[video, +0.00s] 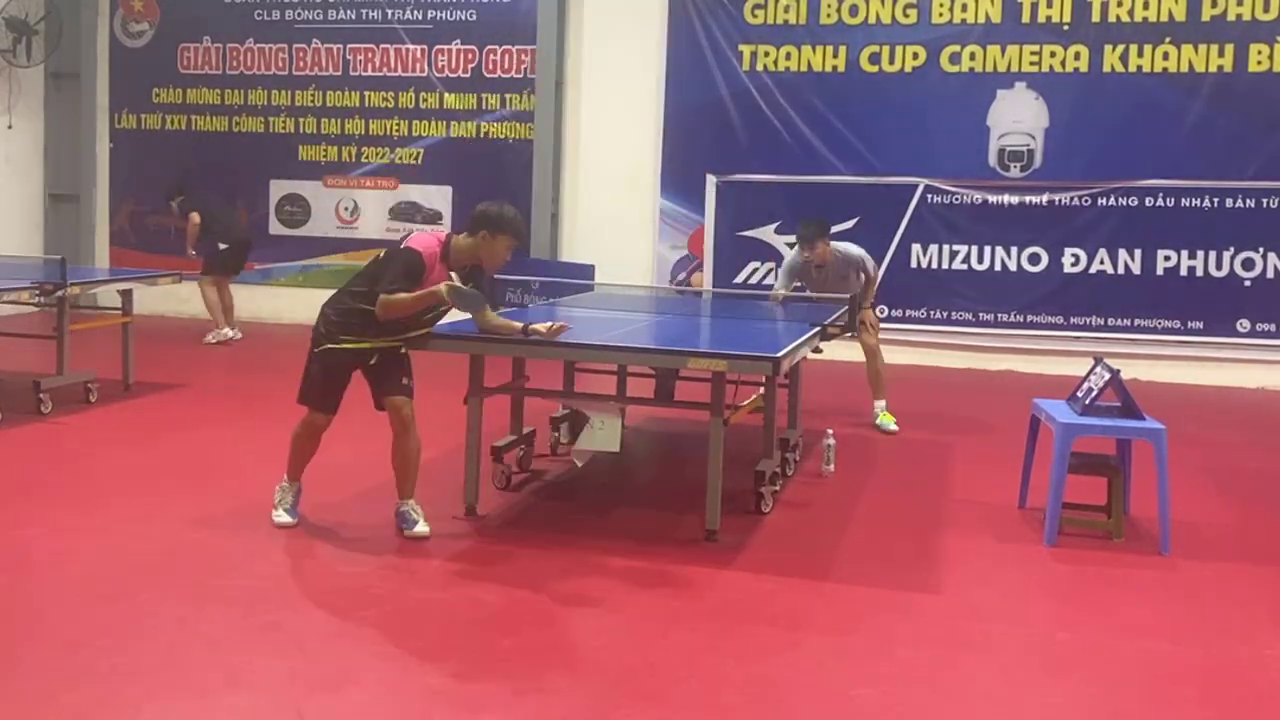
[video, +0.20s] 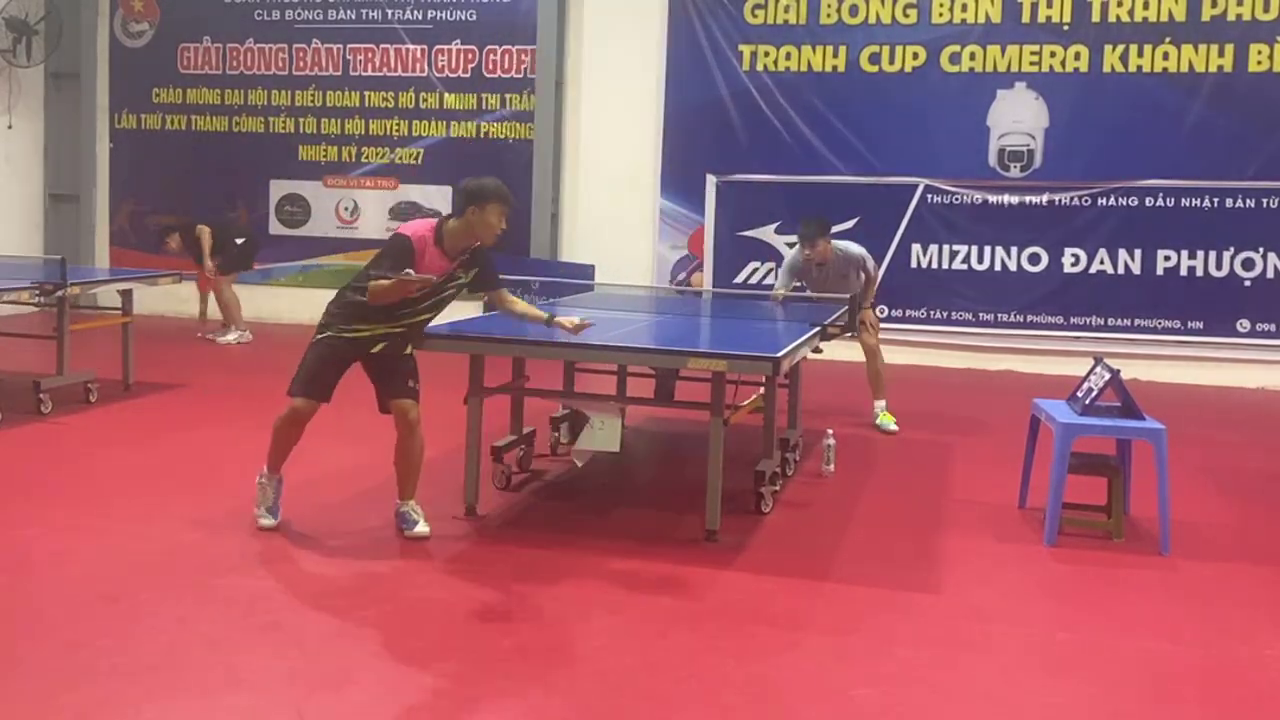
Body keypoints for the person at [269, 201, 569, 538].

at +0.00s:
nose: (509, 258)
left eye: (513, 250)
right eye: (508, 248)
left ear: (488, 241)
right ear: (483, 237)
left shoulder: (470, 269)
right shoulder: (417, 250)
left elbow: (486, 321)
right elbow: (384, 309)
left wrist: (530, 330)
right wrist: (438, 294)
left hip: (390, 340)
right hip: (341, 331)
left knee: (403, 414)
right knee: (318, 419)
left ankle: (407, 505)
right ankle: (289, 487)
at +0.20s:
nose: (503, 228)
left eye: (505, 221)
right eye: (498, 219)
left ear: (482, 219)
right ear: (471, 213)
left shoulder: (478, 256)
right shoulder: (409, 239)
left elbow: (503, 301)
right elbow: (372, 295)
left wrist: (554, 319)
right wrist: (402, 287)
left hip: (394, 336)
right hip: (347, 325)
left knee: (408, 416)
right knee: (301, 408)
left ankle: (407, 505)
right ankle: (270, 479)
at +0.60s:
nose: (454, 182)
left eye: (451, 174)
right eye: (445, 176)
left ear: (429, 189)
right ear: (419, 191)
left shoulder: (444, 214)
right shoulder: (382, 235)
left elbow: (499, 191)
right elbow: (376, 302)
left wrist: (544, 154)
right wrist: (430, 288)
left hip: (399, 334)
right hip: (345, 334)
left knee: (416, 417)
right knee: (298, 416)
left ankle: (408, 506)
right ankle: (249, 498)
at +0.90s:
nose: (420, 179)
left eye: (416, 173)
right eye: (411, 175)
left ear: (397, 191)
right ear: (388, 192)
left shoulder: (421, 213)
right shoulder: (356, 238)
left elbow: (476, 198)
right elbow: (356, 307)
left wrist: (530, 182)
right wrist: (406, 276)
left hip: (386, 334)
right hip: (331, 336)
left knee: (424, 408)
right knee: (285, 424)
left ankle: (412, 499)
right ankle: (255, 503)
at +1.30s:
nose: (487, 252)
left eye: (489, 246)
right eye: (486, 245)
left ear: (463, 240)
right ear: (465, 242)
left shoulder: (443, 258)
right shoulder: (406, 259)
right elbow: (356, 269)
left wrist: (404, 336)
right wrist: (390, 324)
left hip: (393, 345)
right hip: (349, 344)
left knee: (450, 428)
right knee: (332, 453)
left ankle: (401, 501)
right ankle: (263, 494)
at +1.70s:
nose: (514, 203)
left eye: (515, 196)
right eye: (515, 196)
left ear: (471, 191)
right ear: (506, 197)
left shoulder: (435, 220)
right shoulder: (482, 243)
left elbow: (380, 249)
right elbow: (474, 305)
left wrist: (375, 259)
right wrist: (501, 334)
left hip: (386, 347)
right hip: (419, 352)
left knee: (421, 430)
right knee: (476, 448)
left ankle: (373, 519)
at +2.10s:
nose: (498, 217)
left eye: (496, 210)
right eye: (497, 210)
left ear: (450, 211)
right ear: (490, 214)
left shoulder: (417, 246)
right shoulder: (500, 267)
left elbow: (366, 284)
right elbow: (552, 325)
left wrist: (418, 284)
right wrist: (537, 304)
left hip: (389, 388)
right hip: (454, 396)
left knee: (339, 466)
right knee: (519, 469)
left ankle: (307, 549)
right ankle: (517, 584)